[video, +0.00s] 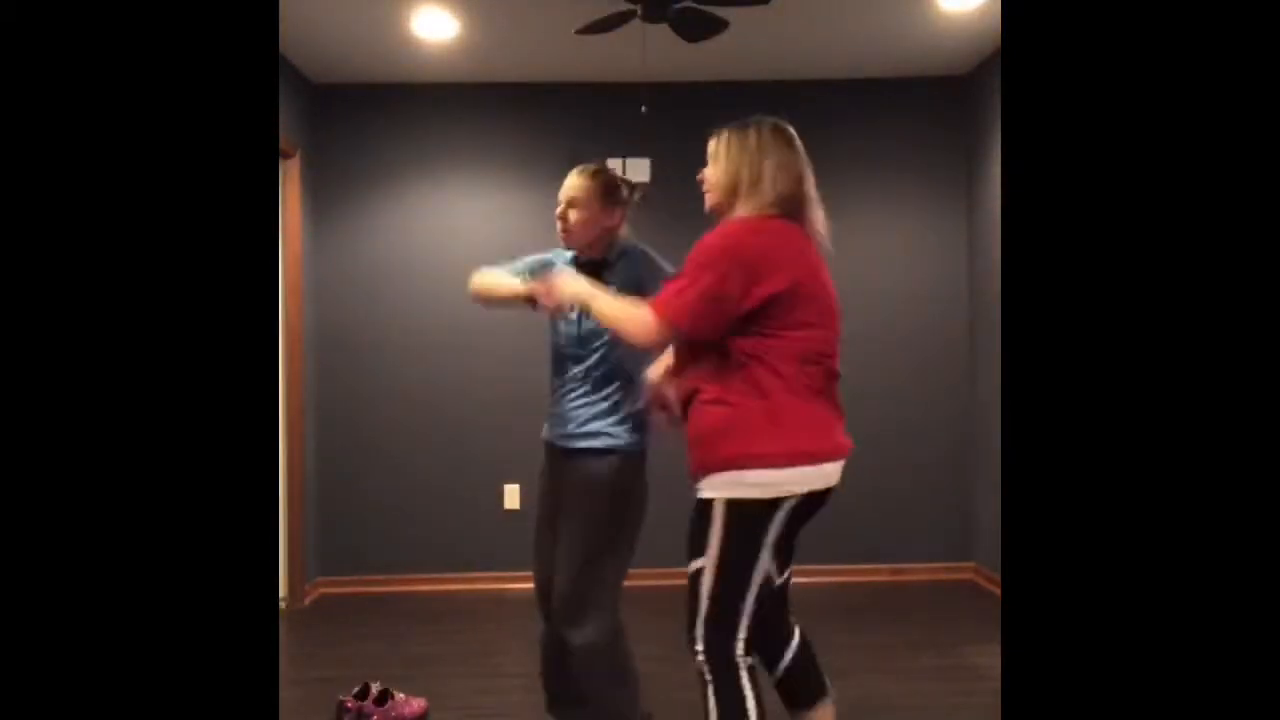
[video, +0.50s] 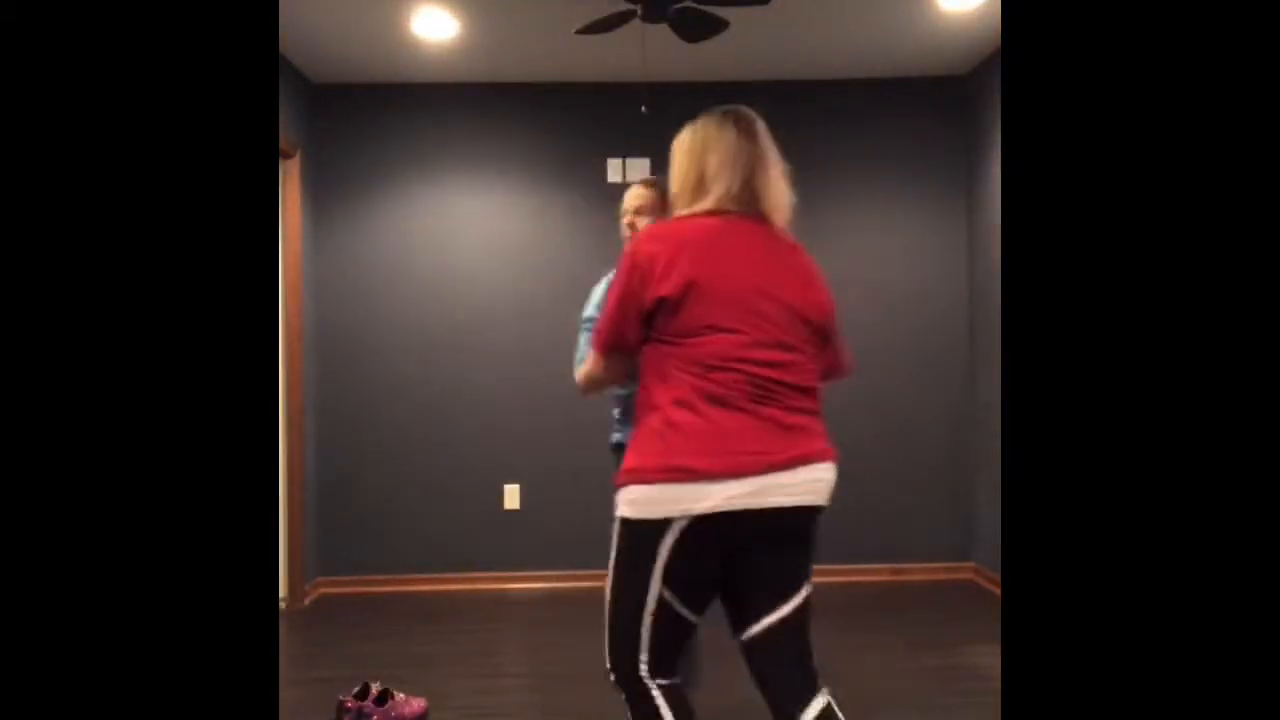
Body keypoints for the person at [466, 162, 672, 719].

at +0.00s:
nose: (561, 217)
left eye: (574, 208)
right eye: (560, 207)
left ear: (613, 216)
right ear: (563, 214)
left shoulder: (639, 270)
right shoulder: (562, 265)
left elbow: (696, 325)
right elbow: (480, 283)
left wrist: (666, 369)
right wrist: (531, 291)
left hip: (610, 459)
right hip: (562, 454)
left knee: (582, 603)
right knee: (552, 597)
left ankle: (614, 712)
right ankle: (568, 709)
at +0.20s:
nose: (570, 225)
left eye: (582, 215)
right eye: (568, 215)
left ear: (618, 222)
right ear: (567, 222)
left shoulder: (652, 278)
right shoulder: (558, 279)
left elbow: (683, 328)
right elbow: (537, 336)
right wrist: (593, 313)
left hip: (638, 454)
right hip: (571, 454)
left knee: (639, 588)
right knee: (558, 589)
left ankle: (663, 702)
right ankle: (560, 707)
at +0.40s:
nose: (607, 228)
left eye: (619, 218)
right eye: (603, 219)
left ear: (652, 222)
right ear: (600, 228)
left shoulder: (676, 284)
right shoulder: (593, 290)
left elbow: (699, 346)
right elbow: (576, 366)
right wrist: (634, 336)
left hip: (678, 438)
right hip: (621, 442)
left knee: (667, 579)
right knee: (640, 579)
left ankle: (655, 695)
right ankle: (602, 700)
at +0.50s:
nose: (633, 225)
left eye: (645, 214)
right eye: (627, 215)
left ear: (673, 212)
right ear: (616, 222)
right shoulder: (610, 283)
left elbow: (594, 371)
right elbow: (585, 370)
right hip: (634, 439)